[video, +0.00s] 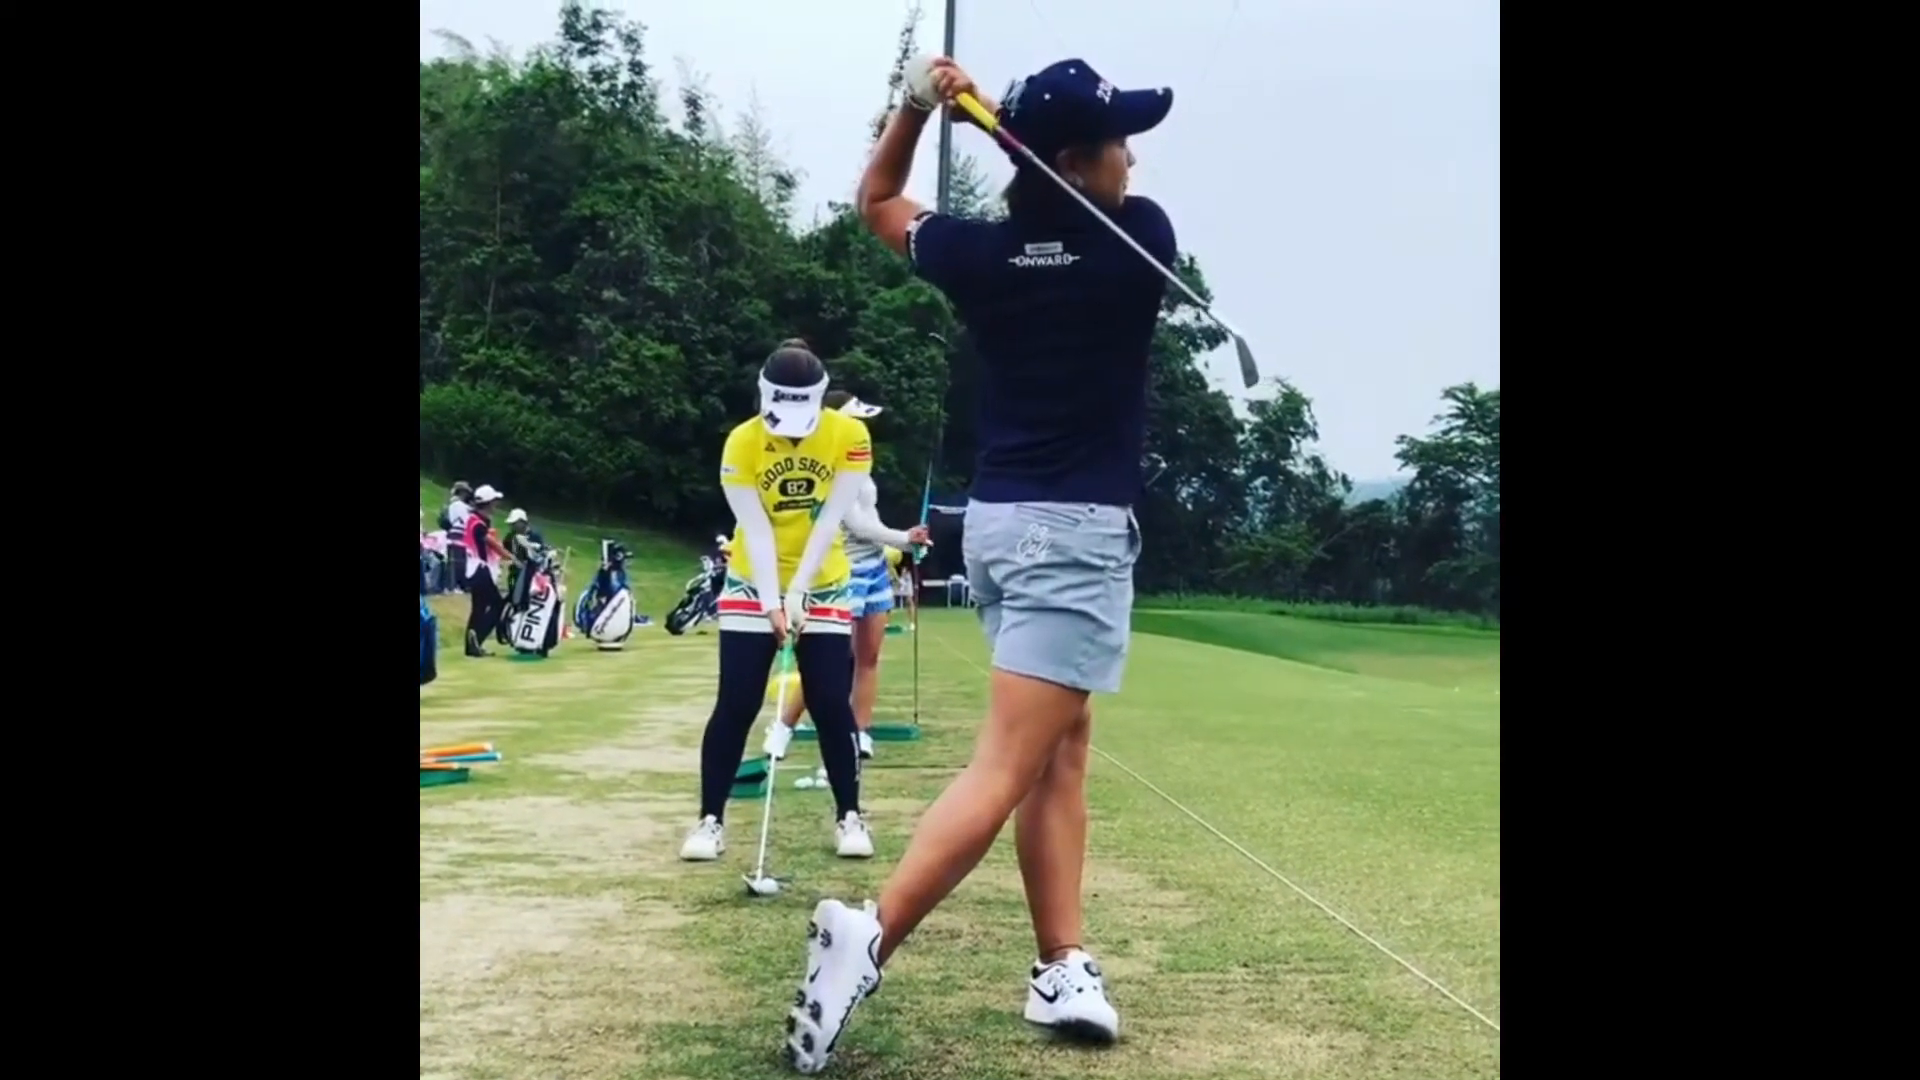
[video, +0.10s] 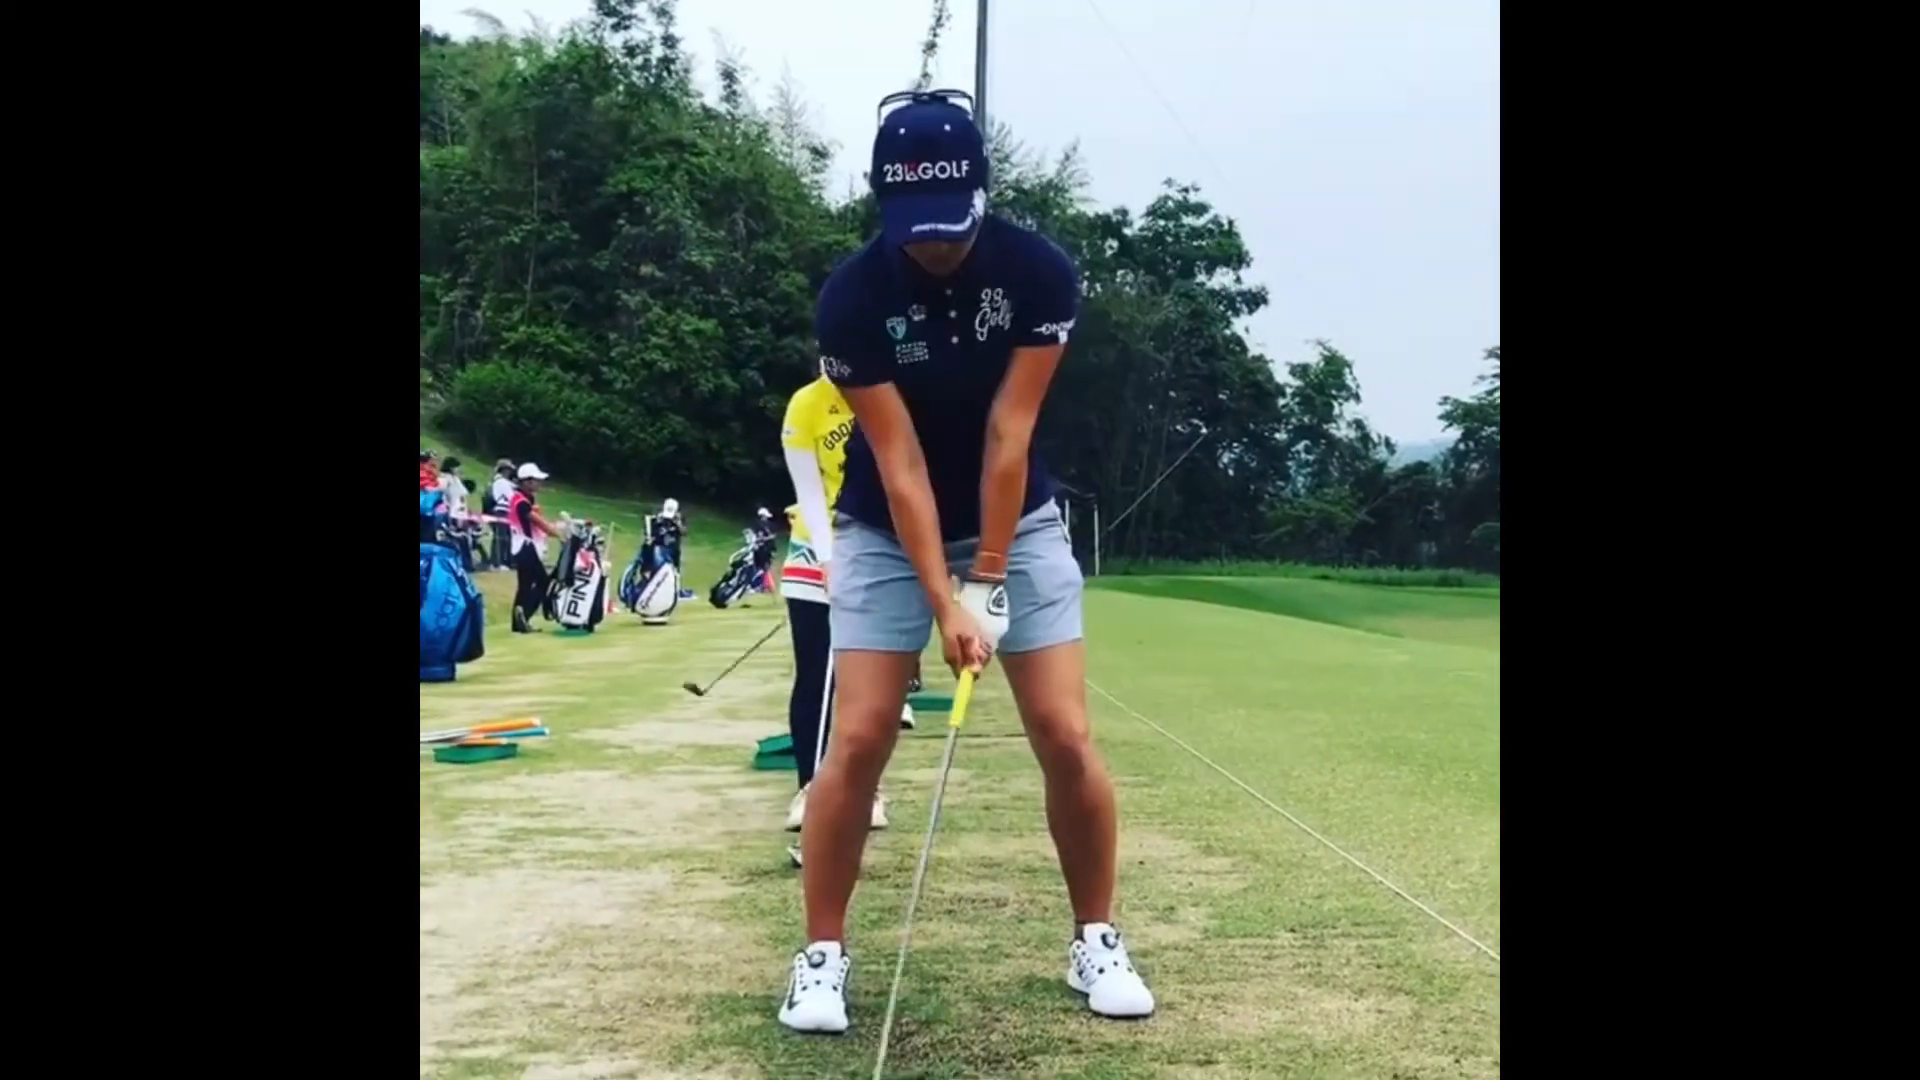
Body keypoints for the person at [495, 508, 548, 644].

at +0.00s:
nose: (513, 527)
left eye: (516, 524)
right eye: (512, 524)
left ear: (523, 523)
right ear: (511, 524)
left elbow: (542, 551)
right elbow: (506, 554)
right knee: (512, 598)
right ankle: (503, 626)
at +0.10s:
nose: (539, 484)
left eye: (539, 481)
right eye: (536, 481)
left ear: (527, 482)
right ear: (526, 482)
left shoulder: (522, 499)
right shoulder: (522, 502)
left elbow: (538, 521)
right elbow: (539, 522)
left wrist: (556, 529)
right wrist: (557, 533)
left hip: (524, 544)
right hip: (525, 545)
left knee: (524, 583)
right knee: (542, 580)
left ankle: (518, 621)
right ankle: (525, 612)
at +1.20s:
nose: (522, 497)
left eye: (521, 494)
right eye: (520, 494)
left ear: (507, 496)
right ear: (512, 496)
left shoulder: (501, 513)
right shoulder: (505, 517)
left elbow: (519, 536)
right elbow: (521, 538)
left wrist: (536, 544)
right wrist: (540, 549)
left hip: (502, 557)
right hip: (506, 560)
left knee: (505, 597)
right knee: (523, 594)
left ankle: (499, 635)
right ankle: (505, 627)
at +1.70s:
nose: (501, 502)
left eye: (501, 498)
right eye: (499, 498)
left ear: (485, 498)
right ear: (492, 499)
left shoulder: (479, 516)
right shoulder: (485, 521)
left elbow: (498, 539)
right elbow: (501, 542)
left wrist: (516, 548)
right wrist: (519, 553)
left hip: (479, 560)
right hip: (486, 563)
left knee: (483, 601)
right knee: (502, 598)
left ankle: (477, 640)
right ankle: (483, 631)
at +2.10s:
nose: (496, 506)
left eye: (495, 502)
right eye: (494, 502)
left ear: (480, 503)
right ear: (486, 504)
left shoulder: (474, 521)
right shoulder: (478, 525)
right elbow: (496, 546)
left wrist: (508, 557)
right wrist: (514, 559)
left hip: (475, 565)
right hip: (479, 568)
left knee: (479, 606)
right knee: (498, 602)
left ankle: (472, 645)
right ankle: (478, 636)